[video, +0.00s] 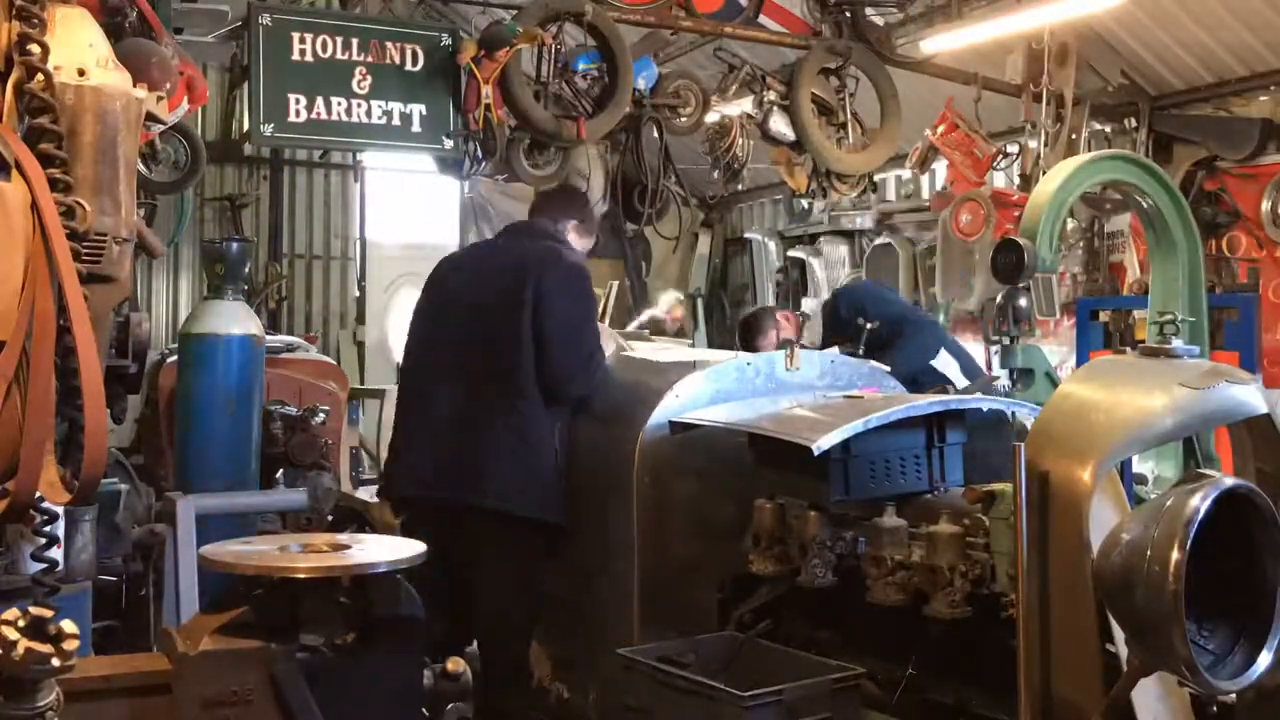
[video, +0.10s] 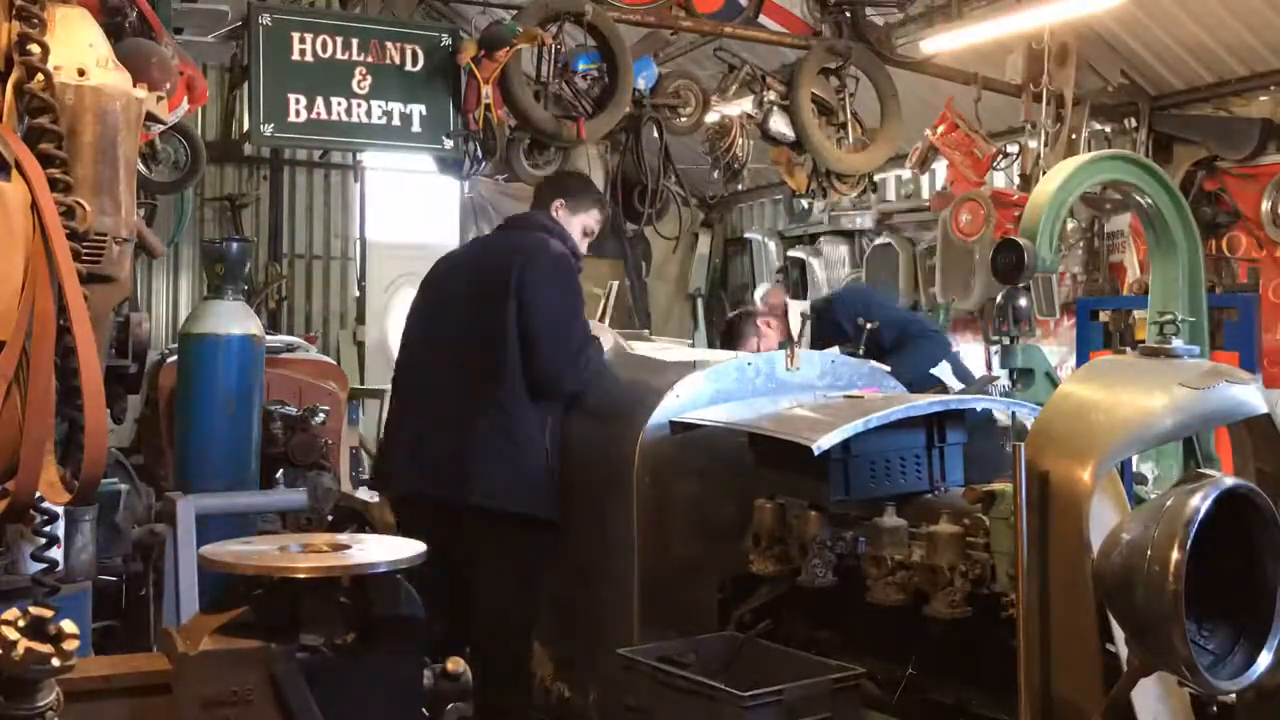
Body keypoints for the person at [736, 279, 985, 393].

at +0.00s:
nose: (789, 354)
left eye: (783, 344)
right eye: (779, 356)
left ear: (784, 319)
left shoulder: (850, 299)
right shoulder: (827, 356)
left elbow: (924, 333)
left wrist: (873, 384)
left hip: (969, 396)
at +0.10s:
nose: (765, 360)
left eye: (759, 352)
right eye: (756, 360)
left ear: (765, 325)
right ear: (766, 324)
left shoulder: (847, 304)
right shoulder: (802, 358)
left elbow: (932, 342)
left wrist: (878, 386)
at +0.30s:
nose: (758, 362)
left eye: (751, 351)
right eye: (747, 362)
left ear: (756, 322)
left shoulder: (839, 306)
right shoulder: (787, 359)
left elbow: (929, 341)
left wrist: (880, 387)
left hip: (945, 415)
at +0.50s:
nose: (836, 265)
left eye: (844, 253)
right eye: (826, 256)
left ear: (866, 232)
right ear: (814, 243)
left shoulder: (916, 262)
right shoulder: (824, 303)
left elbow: (928, 337)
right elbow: (810, 365)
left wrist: (875, 381)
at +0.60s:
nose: (813, 272)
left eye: (819, 258)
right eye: (805, 263)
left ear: (846, 237)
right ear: (798, 262)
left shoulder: (906, 262)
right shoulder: (819, 316)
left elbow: (927, 330)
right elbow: (810, 375)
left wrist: (871, 379)